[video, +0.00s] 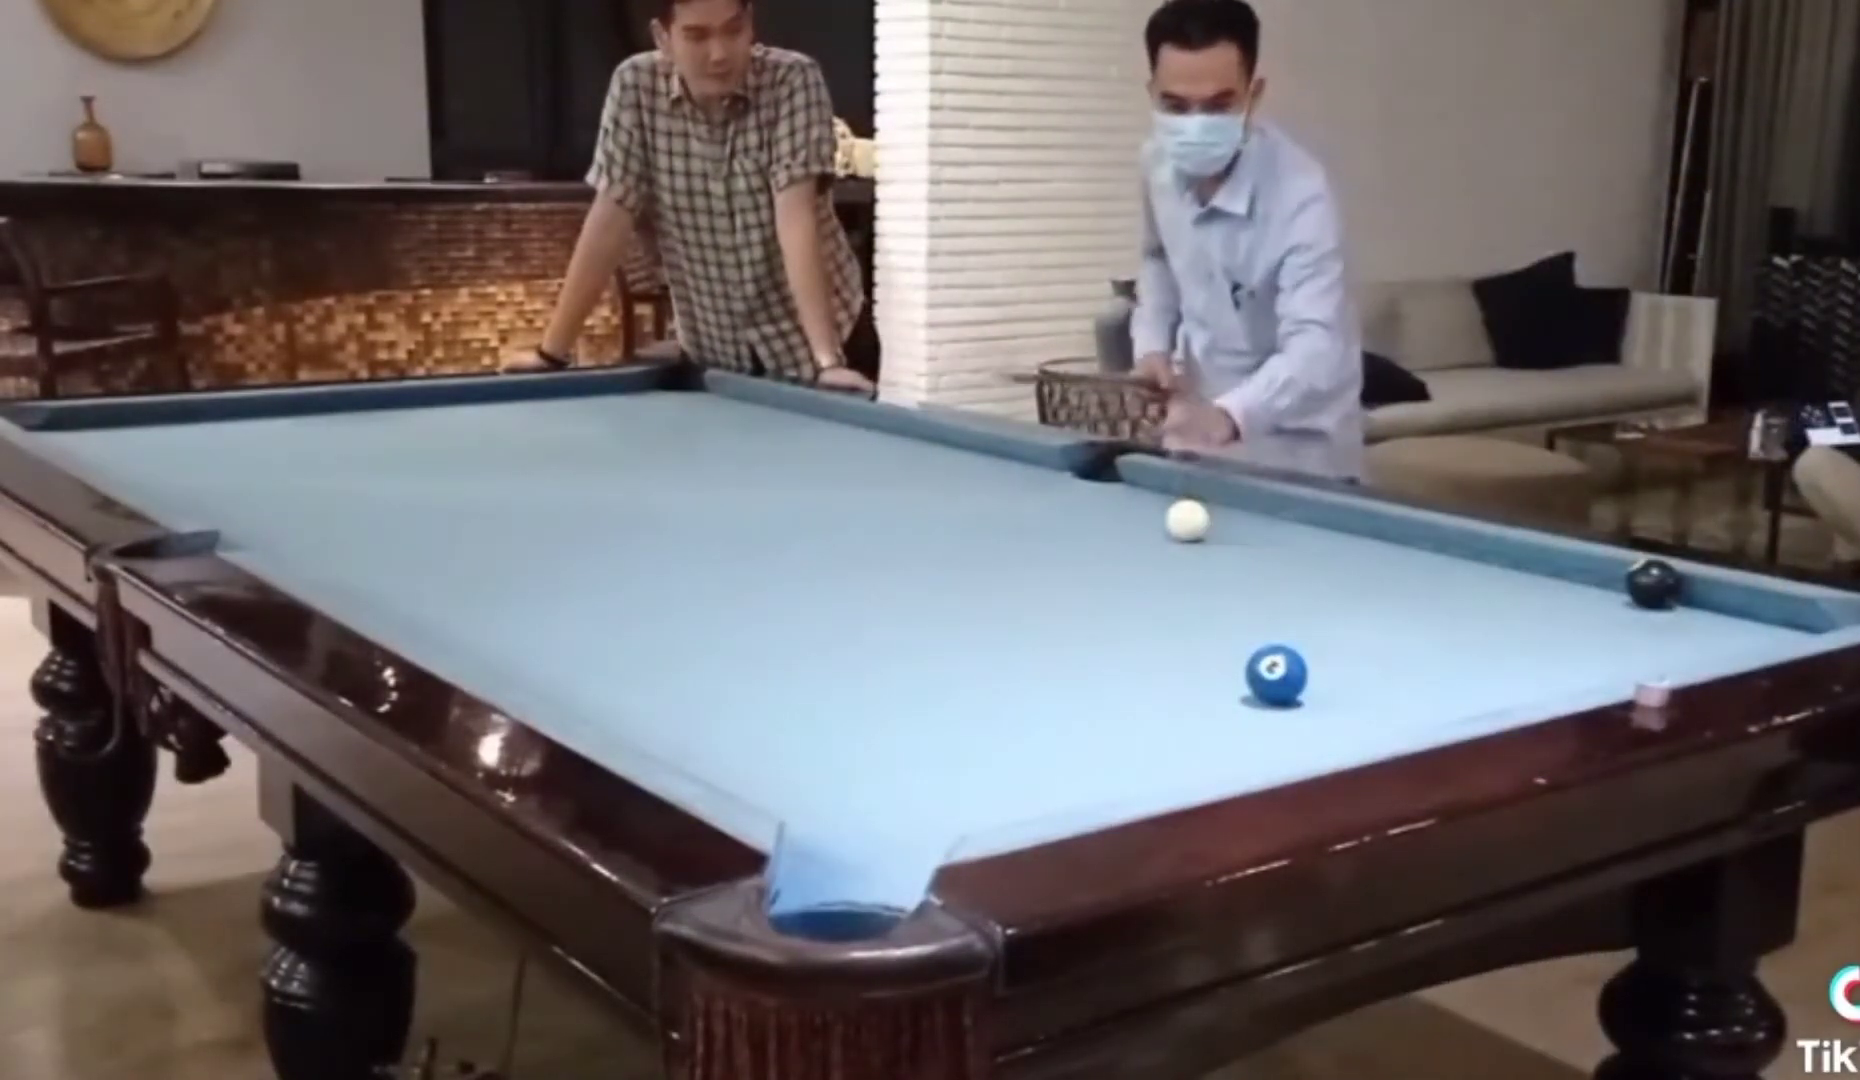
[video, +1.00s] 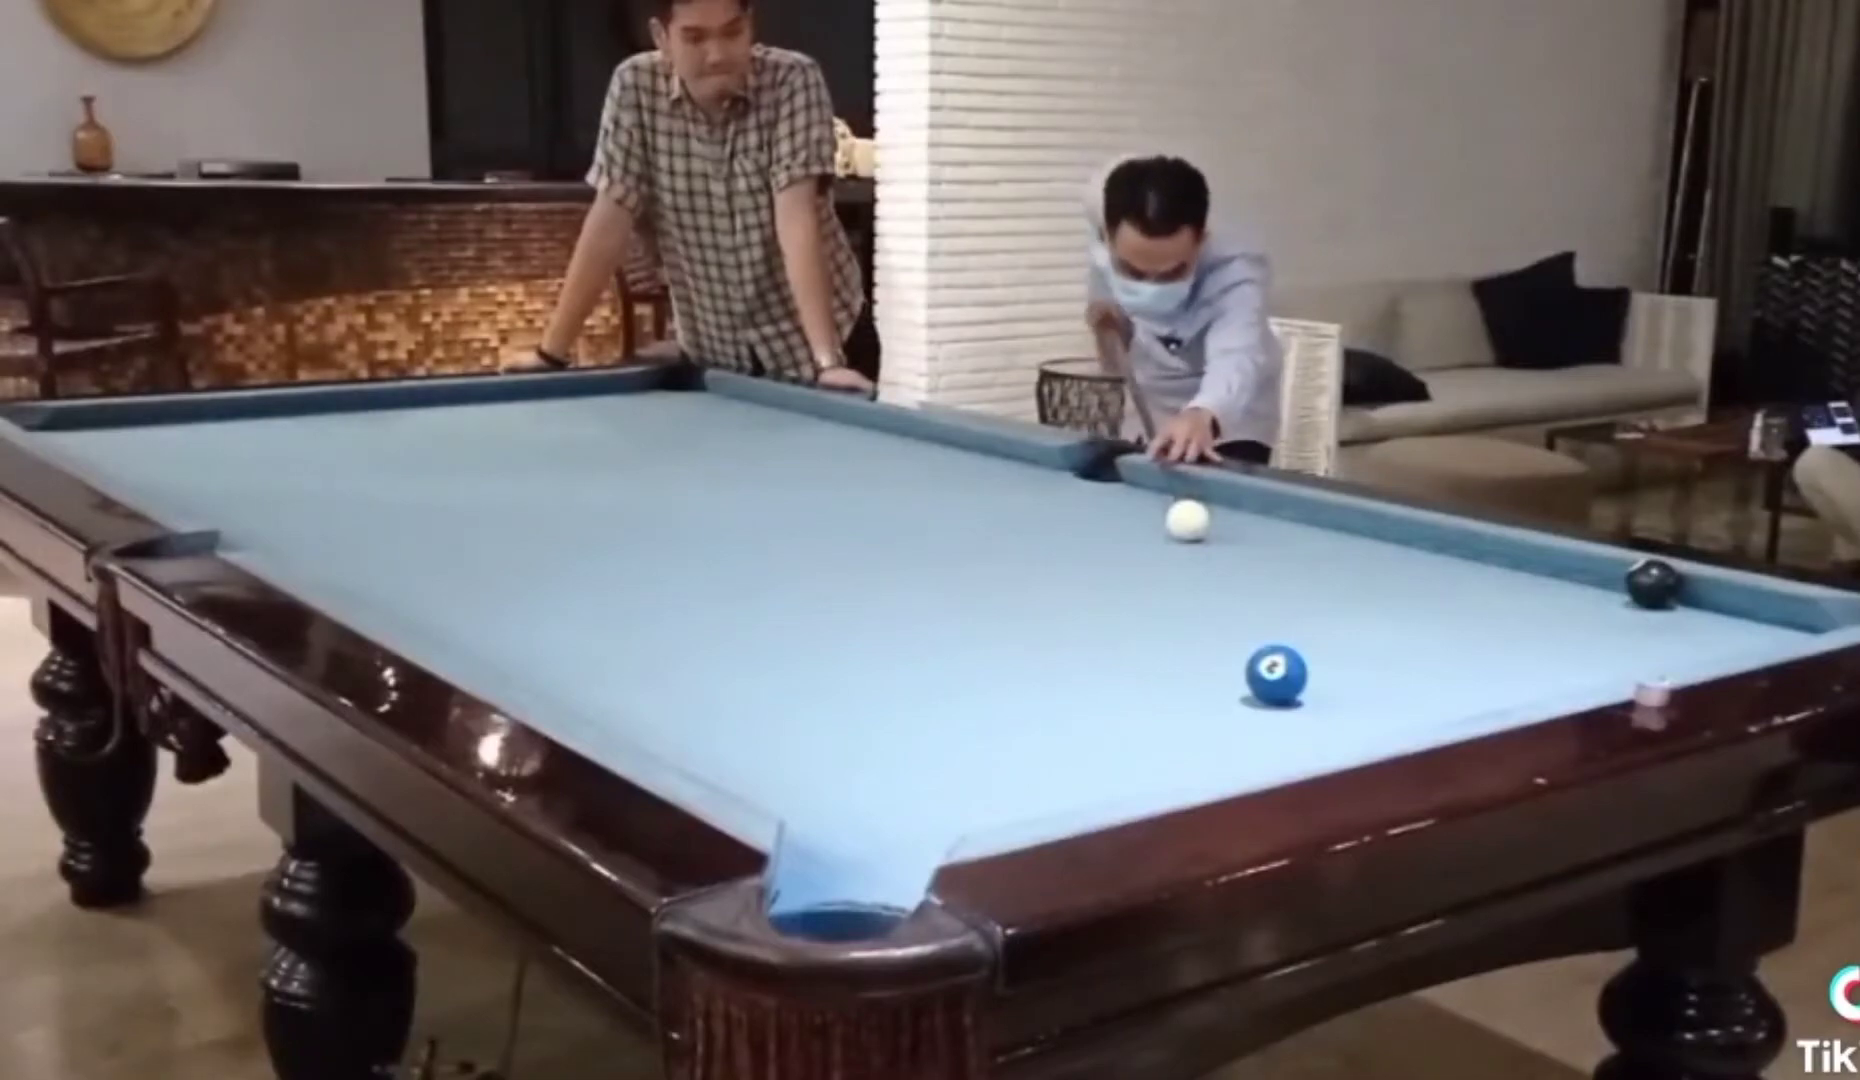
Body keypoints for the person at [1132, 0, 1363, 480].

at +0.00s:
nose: (1195, 127)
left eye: (1217, 105)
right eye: (1175, 106)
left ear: (1254, 95)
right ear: (1152, 93)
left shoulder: (1298, 191)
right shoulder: (1158, 166)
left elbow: (1319, 350)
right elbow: (1158, 260)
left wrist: (1228, 416)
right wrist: (1152, 352)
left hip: (1300, 438)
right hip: (1194, 428)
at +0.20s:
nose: (1185, 150)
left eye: (1207, 129)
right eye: (1165, 128)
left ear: (1240, 115)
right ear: (1141, 112)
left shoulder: (1279, 200)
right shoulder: (1138, 171)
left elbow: (1300, 350)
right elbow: (1133, 265)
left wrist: (1215, 405)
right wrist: (1136, 353)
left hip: (1272, 431)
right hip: (1168, 425)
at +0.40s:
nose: (1165, 195)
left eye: (1186, 177)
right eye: (1147, 176)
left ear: (1215, 155)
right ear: (1121, 152)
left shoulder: (1246, 225)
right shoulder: (1106, 186)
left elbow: (1260, 341)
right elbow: (1102, 270)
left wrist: (1204, 416)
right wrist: (1098, 343)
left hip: (1235, 430)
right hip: (1140, 421)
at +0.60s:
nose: (1153, 240)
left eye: (1173, 224)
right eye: (1134, 222)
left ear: (1202, 196)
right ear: (1106, 193)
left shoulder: (1231, 248)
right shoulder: (1098, 180)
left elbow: (1236, 340)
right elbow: (1087, 227)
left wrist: (1200, 411)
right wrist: (1081, 287)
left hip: (1228, 403)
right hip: (1138, 393)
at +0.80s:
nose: (1149, 270)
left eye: (1169, 254)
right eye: (1132, 253)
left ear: (1199, 225)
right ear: (1106, 223)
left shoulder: (1231, 271)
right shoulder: (1102, 256)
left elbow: (1232, 350)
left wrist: (1201, 412)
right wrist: (1104, 319)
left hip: (1232, 418)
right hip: (1145, 414)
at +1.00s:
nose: (1151, 290)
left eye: (1170, 275)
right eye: (1133, 274)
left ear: (1200, 241)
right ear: (1107, 240)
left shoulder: (1233, 279)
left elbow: (1237, 357)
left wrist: (1202, 414)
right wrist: (1104, 313)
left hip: (1233, 418)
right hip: (1145, 411)